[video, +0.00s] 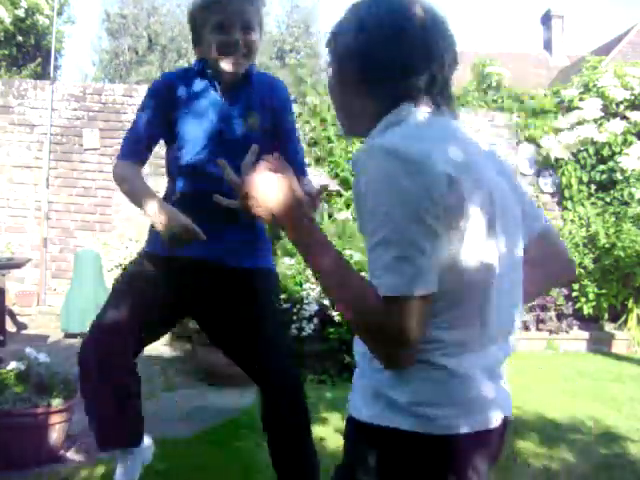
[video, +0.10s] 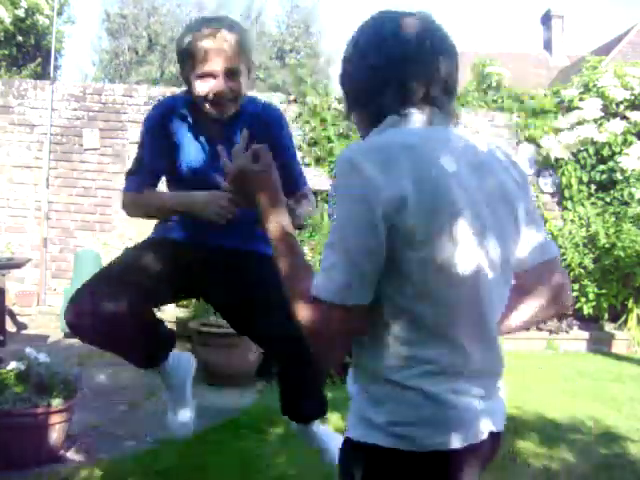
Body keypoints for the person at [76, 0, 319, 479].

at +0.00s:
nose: (236, 39)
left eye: (246, 29)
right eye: (222, 29)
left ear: (259, 33)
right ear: (198, 34)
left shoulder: (271, 93)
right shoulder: (170, 89)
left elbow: (296, 177)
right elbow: (125, 167)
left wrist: (301, 189)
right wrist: (155, 208)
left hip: (244, 267)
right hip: (172, 260)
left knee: (283, 382)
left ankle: (299, 477)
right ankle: (130, 449)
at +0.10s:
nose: (220, 87)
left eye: (231, 75)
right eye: (207, 76)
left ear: (248, 74)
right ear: (187, 77)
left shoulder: (267, 120)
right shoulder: (167, 116)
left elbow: (302, 201)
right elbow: (133, 200)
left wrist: (270, 210)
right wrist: (192, 201)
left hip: (246, 257)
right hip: (178, 250)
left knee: (295, 333)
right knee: (90, 312)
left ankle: (307, 419)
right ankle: (173, 366)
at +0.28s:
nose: (214, 116)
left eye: (226, 107)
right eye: (201, 106)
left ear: (244, 119)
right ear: (182, 120)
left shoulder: (266, 178)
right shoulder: (164, 177)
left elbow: (282, 232)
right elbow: (161, 241)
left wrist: (290, 281)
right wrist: (167, 274)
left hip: (259, 344)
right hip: (184, 345)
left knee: (313, 446)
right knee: (133, 444)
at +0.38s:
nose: (207, 178)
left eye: (218, 165)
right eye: (194, 169)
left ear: (239, 167)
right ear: (179, 176)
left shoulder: (271, 230)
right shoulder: (168, 224)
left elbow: (294, 313)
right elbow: (169, 302)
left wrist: (282, 370)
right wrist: (184, 343)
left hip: (262, 377)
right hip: (191, 371)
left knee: (304, 463)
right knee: (125, 455)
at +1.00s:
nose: (238, 197)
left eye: (249, 187)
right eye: (225, 187)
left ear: (264, 192)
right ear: (206, 194)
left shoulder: (279, 253)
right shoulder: (185, 241)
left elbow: (295, 332)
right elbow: (157, 317)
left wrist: (301, 366)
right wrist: (199, 353)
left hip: (261, 397)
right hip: (191, 398)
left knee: (329, 474)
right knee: (154, 474)